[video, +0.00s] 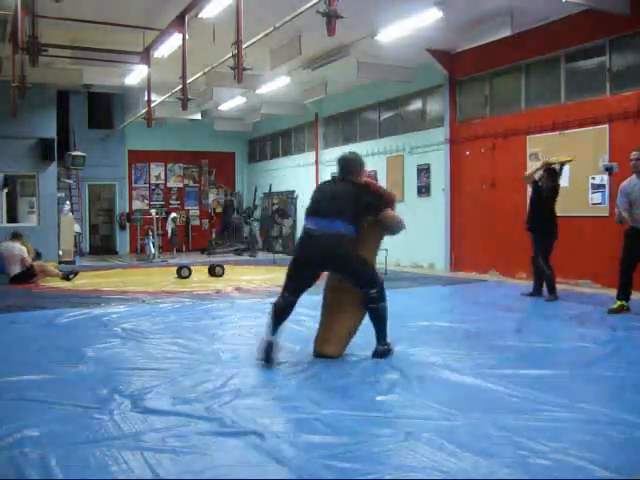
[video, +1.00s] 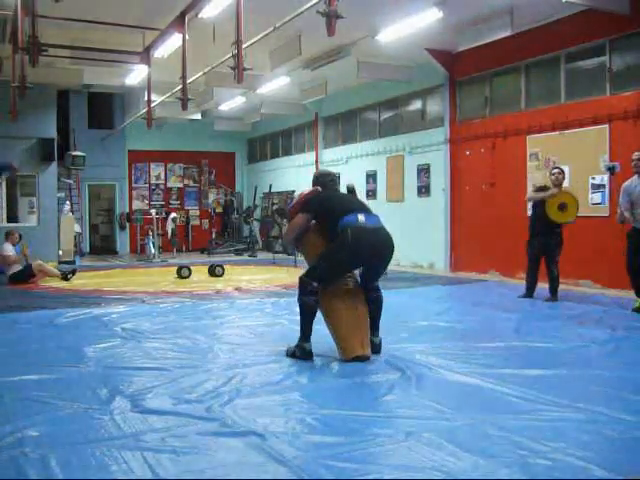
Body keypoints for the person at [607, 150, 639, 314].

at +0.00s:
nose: (634, 163)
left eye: (636, 160)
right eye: (632, 160)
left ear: (639, 162)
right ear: (630, 163)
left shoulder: (629, 186)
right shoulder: (626, 186)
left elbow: (623, 209)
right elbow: (622, 208)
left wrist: (627, 222)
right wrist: (627, 222)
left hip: (634, 229)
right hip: (633, 228)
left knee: (627, 265)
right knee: (626, 265)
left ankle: (623, 299)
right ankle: (622, 299)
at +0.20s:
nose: (634, 163)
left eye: (636, 160)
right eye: (633, 160)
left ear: (639, 162)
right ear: (631, 163)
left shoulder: (629, 186)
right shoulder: (627, 186)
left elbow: (624, 209)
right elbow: (623, 209)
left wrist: (629, 222)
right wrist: (629, 222)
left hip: (634, 229)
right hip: (633, 229)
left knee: (628, 265)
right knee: (627, 265)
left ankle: (623, 299)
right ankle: (622, 299)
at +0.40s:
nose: (635, 163)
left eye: (637, 160)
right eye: (634, 160)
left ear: (639, 162)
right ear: (632, 163)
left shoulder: (631, 186)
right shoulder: (628, 186)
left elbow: (624, 208)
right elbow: (624, 207)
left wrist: (627, 218)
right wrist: (628, 219)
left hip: (635, 230)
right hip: (634, 229)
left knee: (628, 264)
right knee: (627, 264)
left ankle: (623, 299)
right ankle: (623, 299)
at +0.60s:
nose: (635, 164)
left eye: (637, 160)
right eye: (634, 161)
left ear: (639, 163)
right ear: (632, 163)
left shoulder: (631, 186)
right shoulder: (629, 186)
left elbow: (625, 210)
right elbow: (625, 209)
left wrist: (625, 217)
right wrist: (627, 218)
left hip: (635, 229)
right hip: (635, 228)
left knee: (628, 262)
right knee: (627, 263)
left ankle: (624, 298)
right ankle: (624, 298)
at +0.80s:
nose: (635, 163)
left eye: (637, 160)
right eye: (634, 161)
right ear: (632, 163)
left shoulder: (631, 186)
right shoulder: (629, 185)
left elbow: (625, 207)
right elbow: (625, 207)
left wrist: (630, 219)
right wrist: (630, 219)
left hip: (636, 228)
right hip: (635, 228)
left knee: (628, 264)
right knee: (627, 264)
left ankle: (634, 295)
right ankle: (633, 295)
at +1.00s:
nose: (635, 163)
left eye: (637, 160)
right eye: (634, 161)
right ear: (631, 164)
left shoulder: (630, 186)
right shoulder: (628, 186)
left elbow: (625, 208)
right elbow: (625, 207)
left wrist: (629, 217)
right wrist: (630, 218)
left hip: (635, 229)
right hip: (635, 229)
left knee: (634, 265)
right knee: (633, 265)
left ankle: (638, 297)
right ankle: (638, 297)